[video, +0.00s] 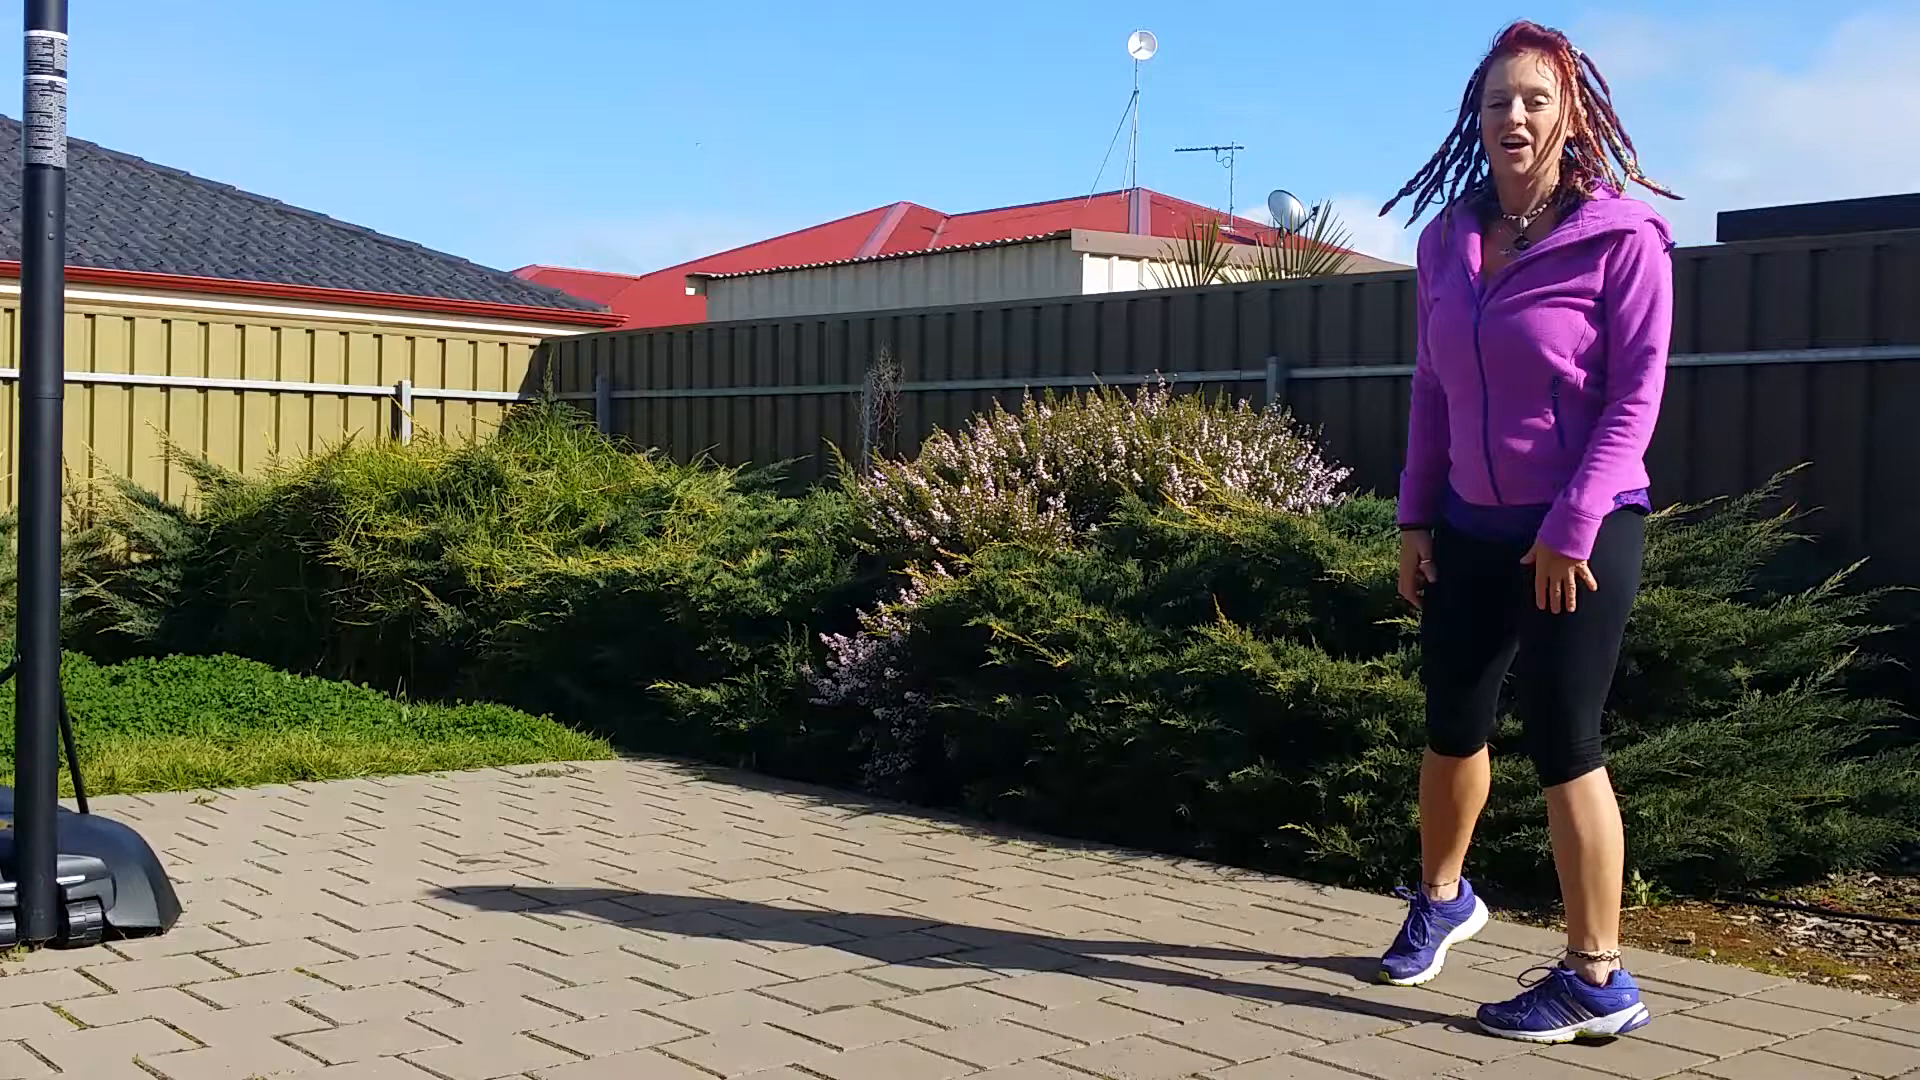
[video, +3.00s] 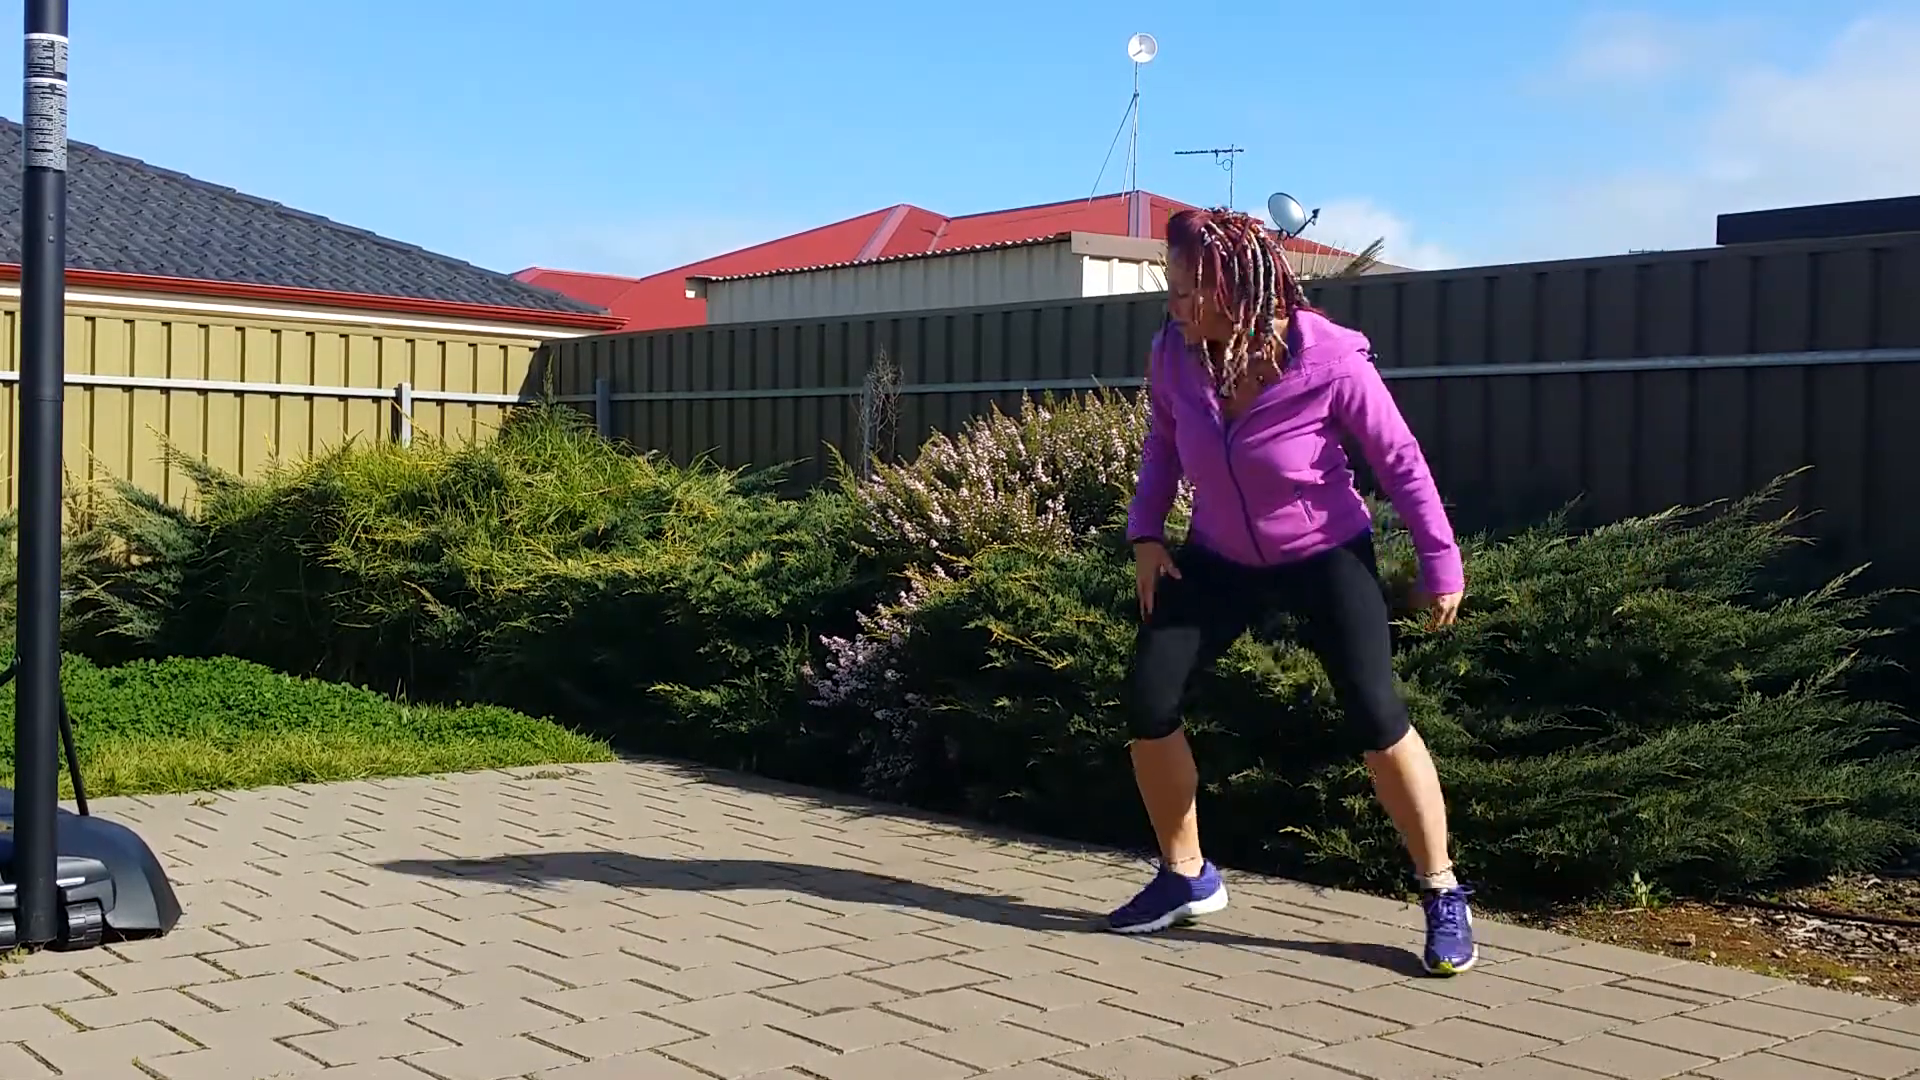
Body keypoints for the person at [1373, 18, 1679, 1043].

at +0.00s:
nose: (1511, 119)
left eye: (1532, 101)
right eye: (1495, 102)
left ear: (1571, 115)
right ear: (1477, 118)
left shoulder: (1624, 233)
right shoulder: (1446, 237)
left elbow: (1635, 396)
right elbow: (1430, 387)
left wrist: (1575, 519)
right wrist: (1415, 518)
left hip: (1581, 519)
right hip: (1471, 517)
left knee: (1565, 742)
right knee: (1454, 726)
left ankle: (1597, 972)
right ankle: (1440, 896)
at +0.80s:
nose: (1488, 168)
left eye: (1505, 152)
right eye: (1470, 153)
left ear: (1535, 165)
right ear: (1442, 168)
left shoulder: (1584, 271)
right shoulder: (1402, 275)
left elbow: (1610, 413)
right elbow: (1351, 400)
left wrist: (1588, 528)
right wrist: (1280, 508)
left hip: (1533, 533)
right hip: (1422, 532)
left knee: (1519, 735)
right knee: (1446, 732)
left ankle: (1519, 929)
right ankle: (1452, 920)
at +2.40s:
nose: (1443, 242)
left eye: (1456, 227)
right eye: (1441, 226)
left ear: (1516, 221)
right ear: (1474, 220)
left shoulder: (1622, 302)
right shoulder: (1437, 301)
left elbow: (1671, 426)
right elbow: (1414, 423)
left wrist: (1671, 548)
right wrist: (1394, 530)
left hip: (1581, 542)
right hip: (1463, 535)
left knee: (1587, 742)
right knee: (1409, 705)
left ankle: (1605, 934)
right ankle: (1376, 902)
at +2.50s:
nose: (1431, 259)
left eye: (1441, 242)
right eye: (1429, 242)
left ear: (1498, 238)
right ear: (1456, 237)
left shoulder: (1614, 317)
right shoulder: (1431, 317)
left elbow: (1671, 435)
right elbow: (1407, 436)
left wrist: (1681, 554)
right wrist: (1379, 541)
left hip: (1576, 556)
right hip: (1456, 544)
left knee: (1586, 749)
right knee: (1370, 704)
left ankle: (1605, 938)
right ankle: (1274, 868)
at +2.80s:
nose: (1303, 340)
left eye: (1315, 324)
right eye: (1302, 324)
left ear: (1373, 322)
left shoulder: (1480, 393)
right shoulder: (1317, 392)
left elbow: (1557, 501)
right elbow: (1310, 478)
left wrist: (1590, 618)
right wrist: (1266, 561)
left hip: (1468, 599)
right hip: (1356, 589)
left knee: (1517, 766)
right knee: (1225, 691)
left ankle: (1597, 932)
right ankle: (1179, 862)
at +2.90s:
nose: (1229, 326)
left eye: (1241, 312)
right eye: (1229, 311)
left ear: (1296, 313)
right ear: (1259, 313)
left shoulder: (1396, 379)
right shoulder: (1236, 380)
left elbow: (1470, 485)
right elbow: (1231, 468)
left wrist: (1509, 594)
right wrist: (1203, 557)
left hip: (1388, 590)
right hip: (1279, 586)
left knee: (1461, 748)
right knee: (1176, 706)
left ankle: (1578, 923)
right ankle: (1189, 878)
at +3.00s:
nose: (1175, 300)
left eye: (1189, 287)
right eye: (1171, 286)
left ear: (1238, 287)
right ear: (1173, 285)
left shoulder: (1330, 356)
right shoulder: (1174, 354)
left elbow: (1398, 458)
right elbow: (1162, 447)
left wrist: (1440, 558)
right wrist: (1144, 532)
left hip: (1324, 555)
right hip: (1218, 558)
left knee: (1374, 711)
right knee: (1149, 701)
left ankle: (1443, 893)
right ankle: (1185, 875)